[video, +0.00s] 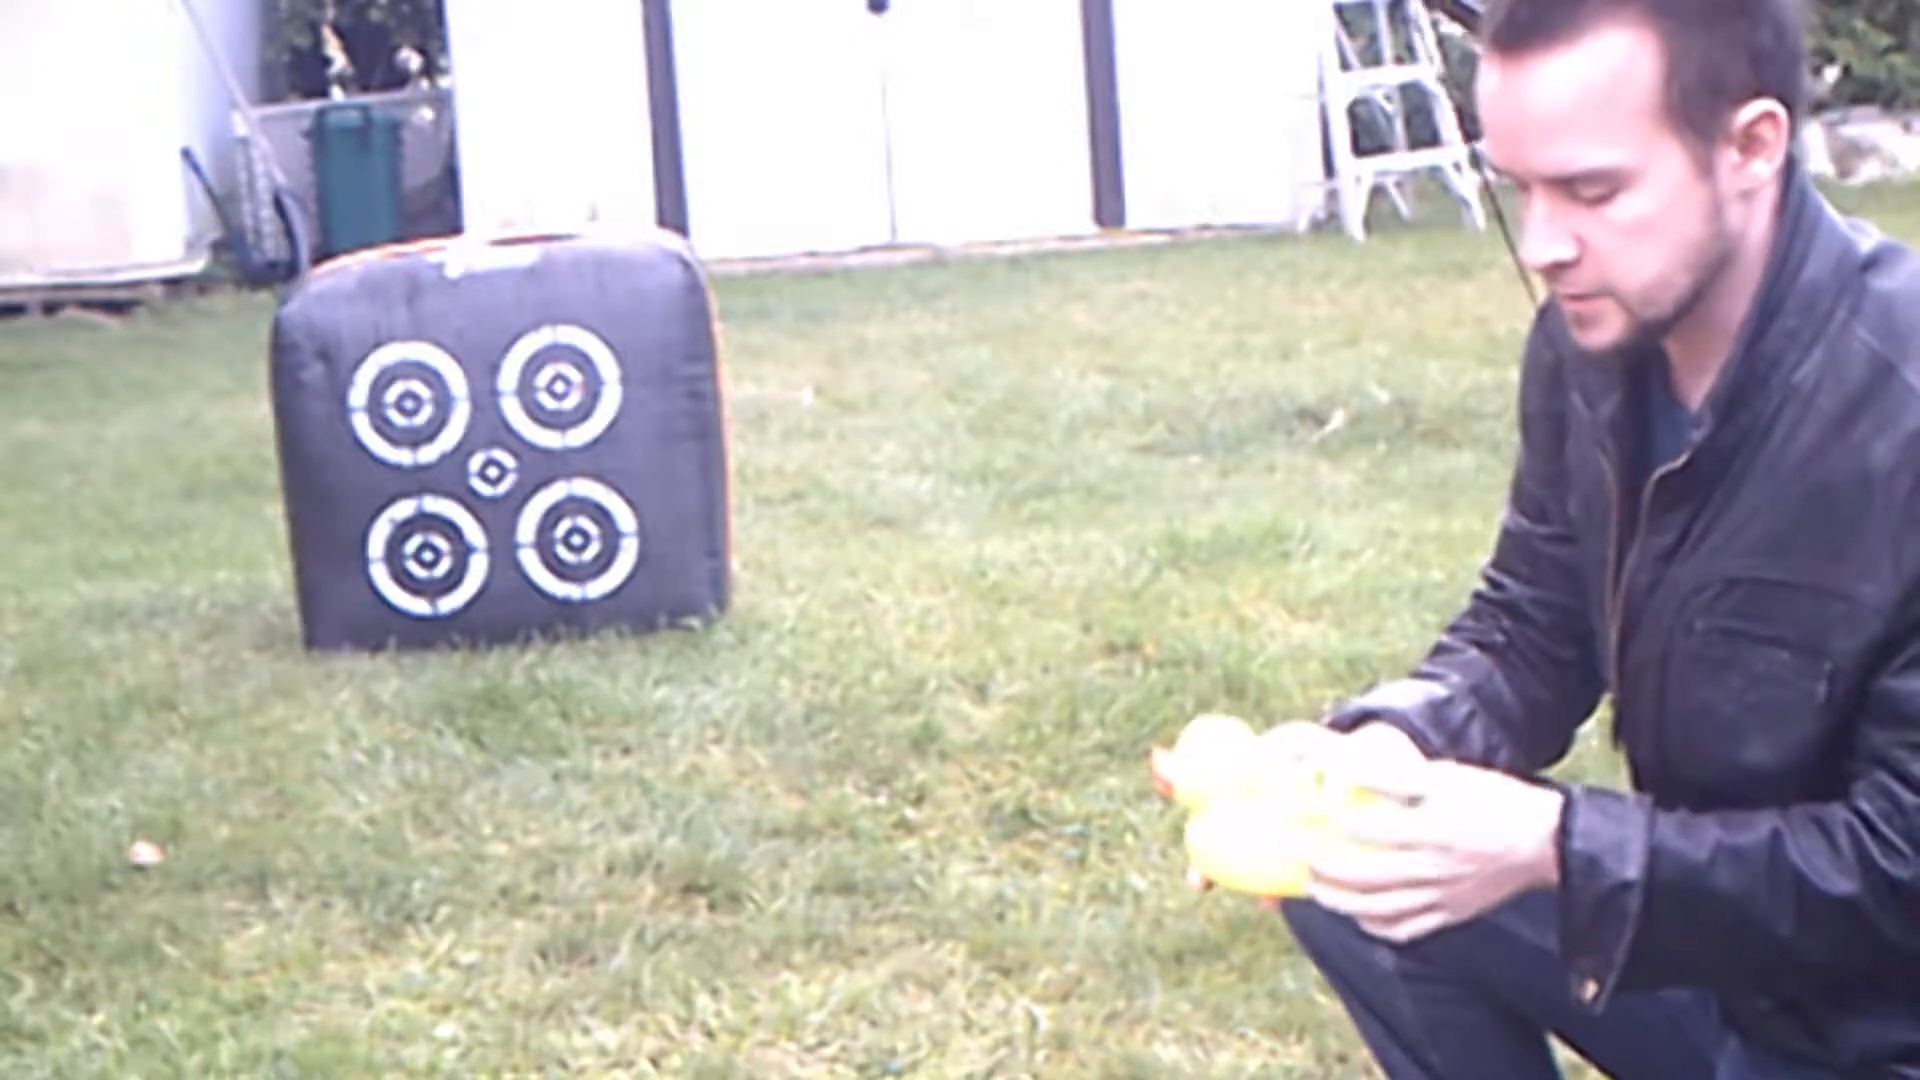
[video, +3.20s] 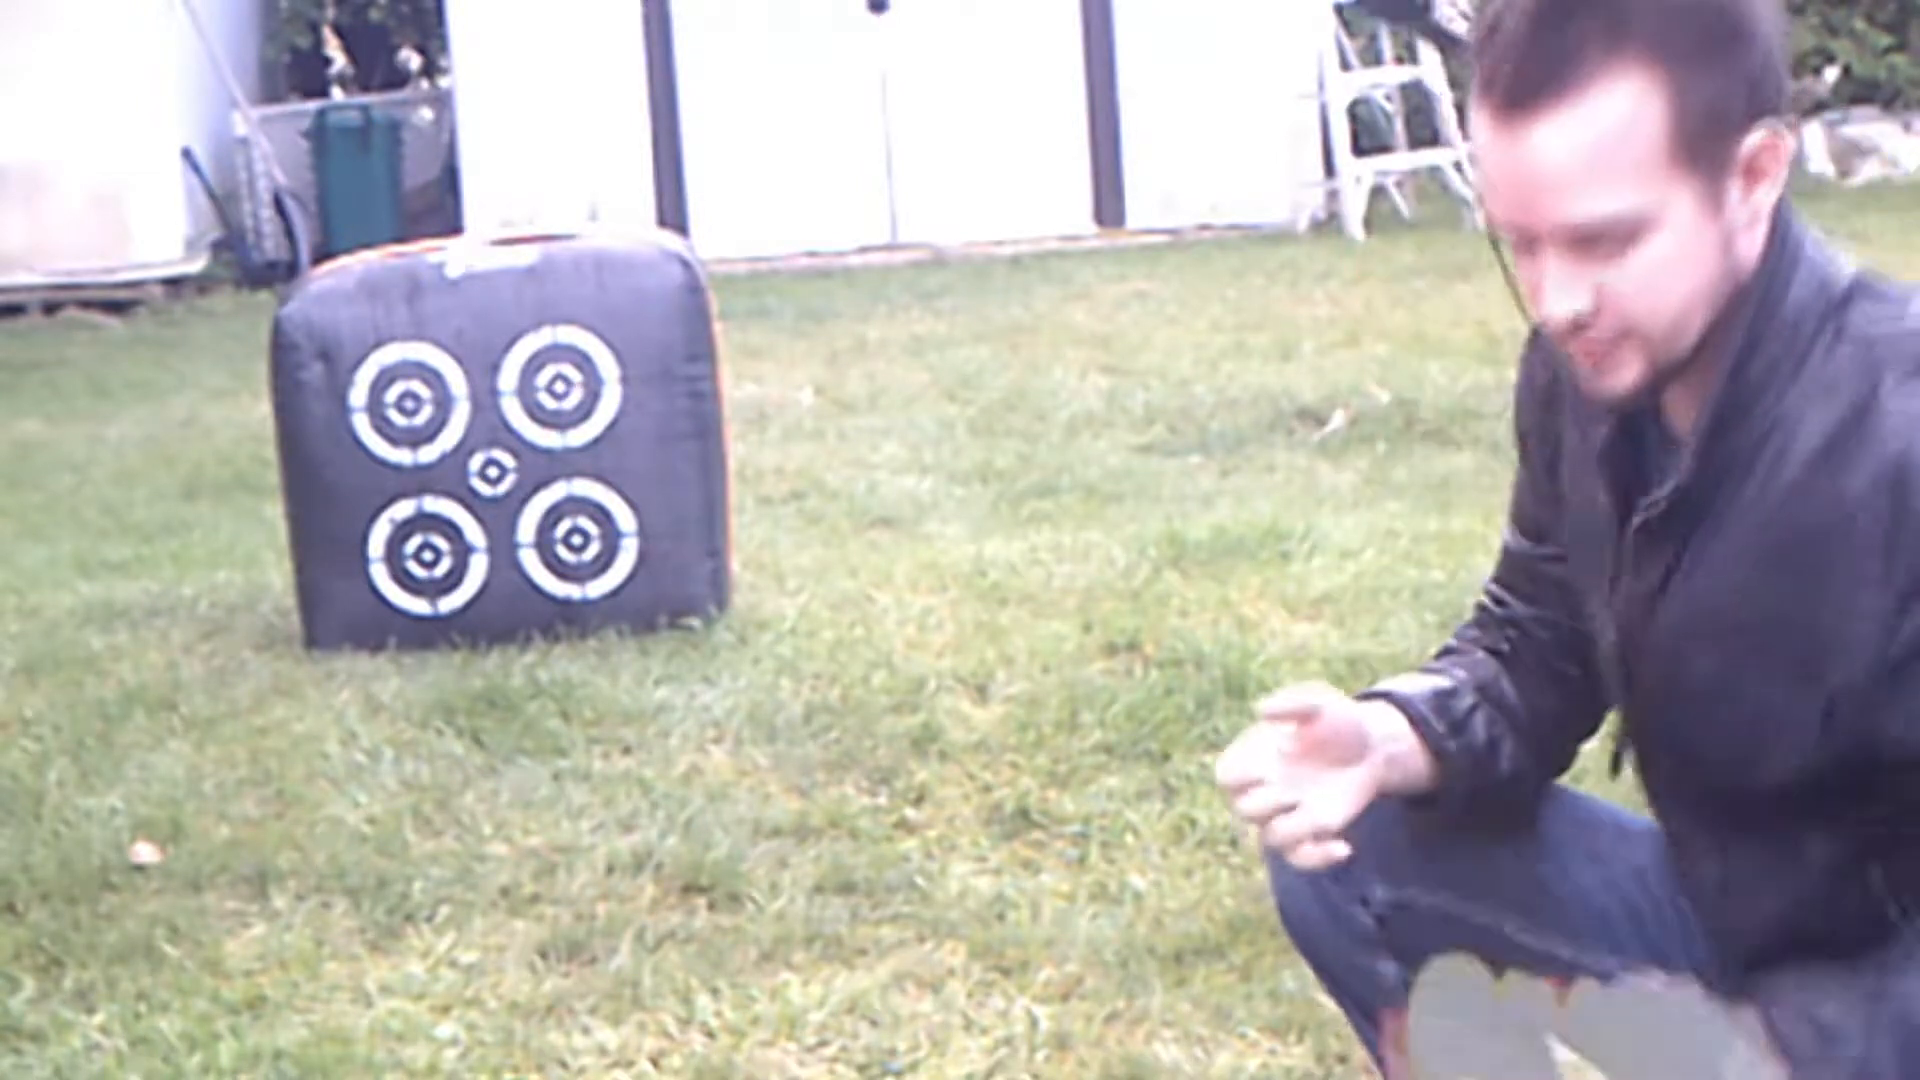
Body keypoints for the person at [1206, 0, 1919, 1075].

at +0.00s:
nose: (1538, 250)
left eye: (1592, 192)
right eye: (1515, 190)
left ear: (1755, 149)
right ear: (1493, 157)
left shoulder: (1897, 390)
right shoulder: (1585, 339)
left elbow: (1898, 854)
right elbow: (1532, 634)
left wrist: (1558, 848)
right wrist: (1376, 750)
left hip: (1873, 1042)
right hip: (1699, 977)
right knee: (1348, 874)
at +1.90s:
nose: (1602, 192)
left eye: (1653, 122)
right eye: (1555, 139)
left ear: (1779, 102)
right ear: (1520, 145)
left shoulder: (1895, 336)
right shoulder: (1579, 332)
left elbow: (1901, 780)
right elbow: (1529, 613)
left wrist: (1646, 741)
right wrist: (1401, 762)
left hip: (1869, 1019)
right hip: (1718, 929)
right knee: (1324, 853)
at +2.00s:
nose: (1607, 189)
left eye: (1657, 118)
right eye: (1559, 135)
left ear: (1783, 96)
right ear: (1522, 144)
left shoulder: (1902, 323)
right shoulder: (1579, 333)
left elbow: (1907, 682)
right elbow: (1540, 633)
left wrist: (1685, 606)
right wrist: (1409, 752)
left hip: (1884, 1028)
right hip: (1741, 931)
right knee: (1324, 842)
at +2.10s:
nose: (1613, 189)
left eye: (1664, 117)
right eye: (1564, 136)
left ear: (1787, 91)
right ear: (1527, 143)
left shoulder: (1896, 297)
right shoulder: (1601, 324)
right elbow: (1526, 630)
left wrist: (1742, 472)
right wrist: (1407, 758)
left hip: (1881, 1036)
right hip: (1762, 941)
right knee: (1325, 842)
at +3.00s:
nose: (1576, 245)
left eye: (1627, 180)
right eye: (1536, 189)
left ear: (1772, 127)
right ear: (1508, 160)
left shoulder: (1901, 319)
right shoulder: (1583, 338)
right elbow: (1537, 643)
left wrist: (1740, 598)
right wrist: (1395, 752)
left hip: (1887, 1040)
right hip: (1757, 943)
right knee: (1350, 864)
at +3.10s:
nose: (1568, 269)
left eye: (1618, 204)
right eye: (1530, 210)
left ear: (1765, 148)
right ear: (1500, 182)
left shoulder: (1895, 371)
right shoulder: (1575, 350)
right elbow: (1536, 623)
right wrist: (1388, 747)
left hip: (1866, 1031)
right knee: (1338, 869)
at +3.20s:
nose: (1556, 304)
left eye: (1605, 243)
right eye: (1518, 247)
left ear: (1755, 182)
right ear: (1490, 207)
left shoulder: (1894, 422)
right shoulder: (1574, 363)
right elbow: (1539, 644)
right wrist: (1396, 740)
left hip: (1884, 966)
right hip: (1706, 905)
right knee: (1344, 850)